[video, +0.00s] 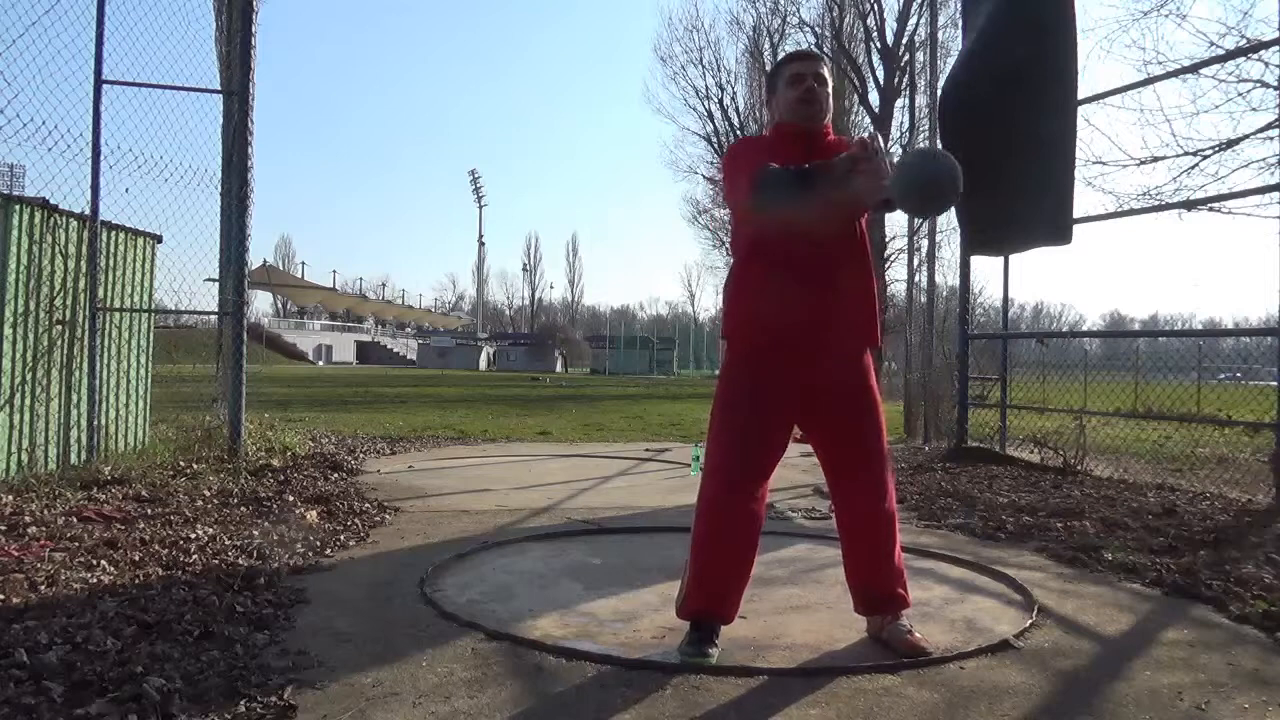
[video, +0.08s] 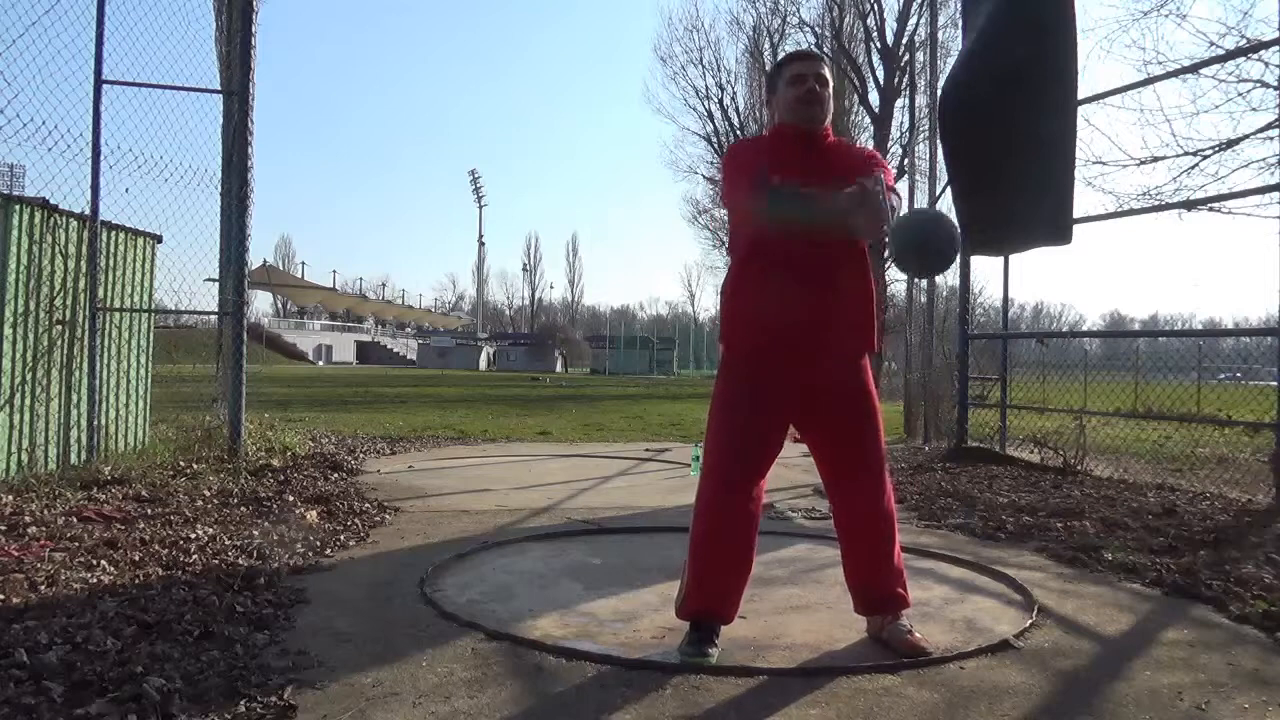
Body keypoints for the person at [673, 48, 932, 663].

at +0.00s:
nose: (809, 86)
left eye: (818, 79)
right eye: (795, 79)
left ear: (832, 98)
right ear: (771, 97)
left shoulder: (852, 154)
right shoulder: (746, 154)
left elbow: (880, 188)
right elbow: (767, 204)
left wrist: (879, 172)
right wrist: (851, 187)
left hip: (843, 353)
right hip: (758, 354)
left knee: (868, 487)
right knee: (729, 489)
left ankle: (887, 616)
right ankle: (705, 620)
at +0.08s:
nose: (810, 86)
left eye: (819, 79)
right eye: (796, 78)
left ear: (834, 98)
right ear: (771, 97)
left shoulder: (863, 161)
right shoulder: (746, 155)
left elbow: (880, 212)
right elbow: (756, 210)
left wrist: (883, 215)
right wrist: (846, 212)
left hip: (840, 356)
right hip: (755, 356)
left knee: (866, 488)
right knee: (726, 489)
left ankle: (887, 616)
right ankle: (704, 620)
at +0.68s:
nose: (864, 202)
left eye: (875, 187)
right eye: (848, 187)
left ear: (886, 188)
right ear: (813, 184)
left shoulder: (895, 254)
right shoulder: (760, 230)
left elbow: (856, 339)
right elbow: (743, 325)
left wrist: (807, 401)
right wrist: (770, 395)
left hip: (828, 370)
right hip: (744, 361)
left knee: (854, 483)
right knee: (718, 485)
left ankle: (885, 614)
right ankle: (702, 619)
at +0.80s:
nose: (861, 210)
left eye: (872, 196)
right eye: (846, 196)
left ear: (883, 195)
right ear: (811, 191)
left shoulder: (895, 260)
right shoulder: (758, 236)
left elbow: (859, 346)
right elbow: (743, 329)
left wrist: (806, 406)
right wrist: (769, 400)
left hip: (829, 368)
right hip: (745, 356)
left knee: (855, 483)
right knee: (719, 484)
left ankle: (885, 614)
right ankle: (702, 617)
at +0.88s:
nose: (857, 193)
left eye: (867, 179)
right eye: (842, 179)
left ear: (878, 181)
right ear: (807, 178)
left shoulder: (892, 248)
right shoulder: (754, 229)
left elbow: (860, 340)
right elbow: (741, 324)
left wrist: (812, 404)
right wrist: (768, 398)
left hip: (830, 371)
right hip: (746, 362)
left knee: (857, 483)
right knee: (718, 483)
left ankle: (885, 614)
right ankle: (703, 618)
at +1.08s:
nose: (838, 118)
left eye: (846, 107)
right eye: (822, 108)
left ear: (858, 118)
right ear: (790, 122)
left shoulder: (876, 198)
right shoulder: (746, 188)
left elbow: (860, 305)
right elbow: (739, 293)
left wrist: (818, 387)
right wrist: (773, 382)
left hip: (833, 355)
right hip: (749, 351)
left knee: (863, 479)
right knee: (720, 476)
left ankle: (886, 616)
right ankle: (703, 618)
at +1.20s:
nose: (824, 95)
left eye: (832, 87)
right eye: (809, 87)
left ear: (843, 104)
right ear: (778, 102)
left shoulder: (867, 178)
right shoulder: (742, 174)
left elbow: (863, 273)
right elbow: (746, 270)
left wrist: (838, 351)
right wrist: (796, 347)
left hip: (838, 351)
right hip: (751, 350)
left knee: (865, 477)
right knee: (722, 479)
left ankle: (885, 614)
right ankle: (704, 619)